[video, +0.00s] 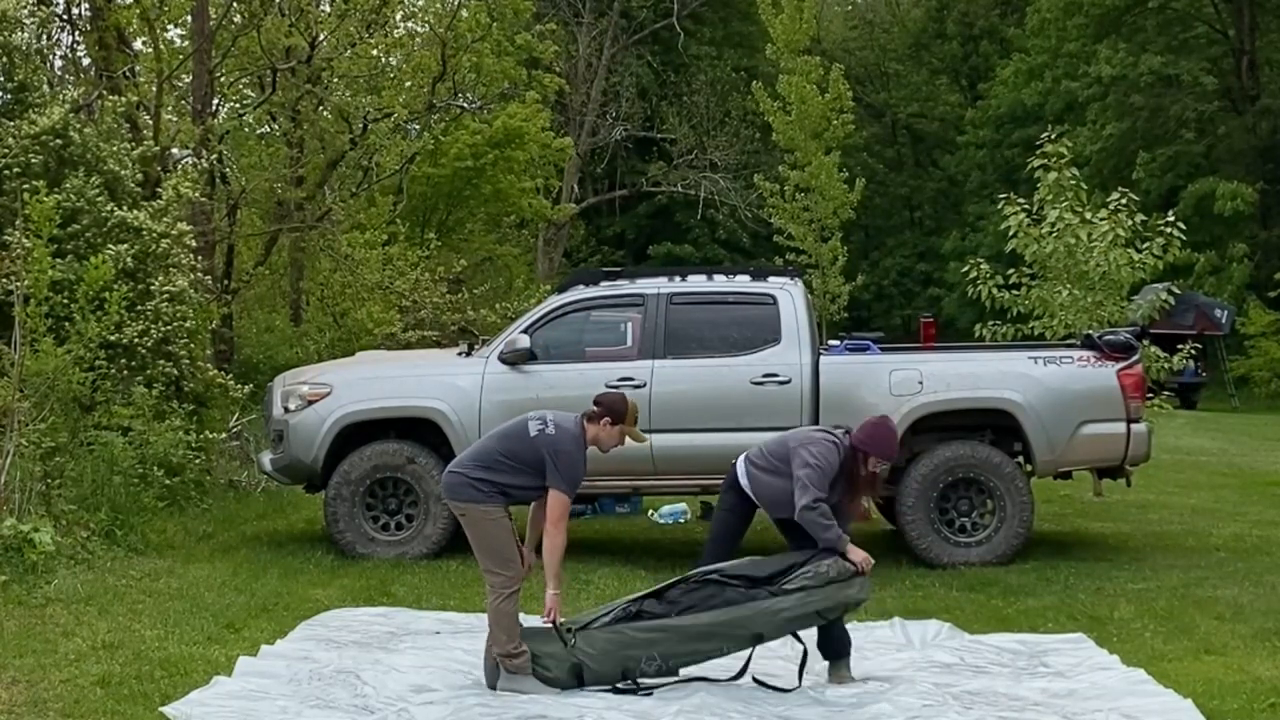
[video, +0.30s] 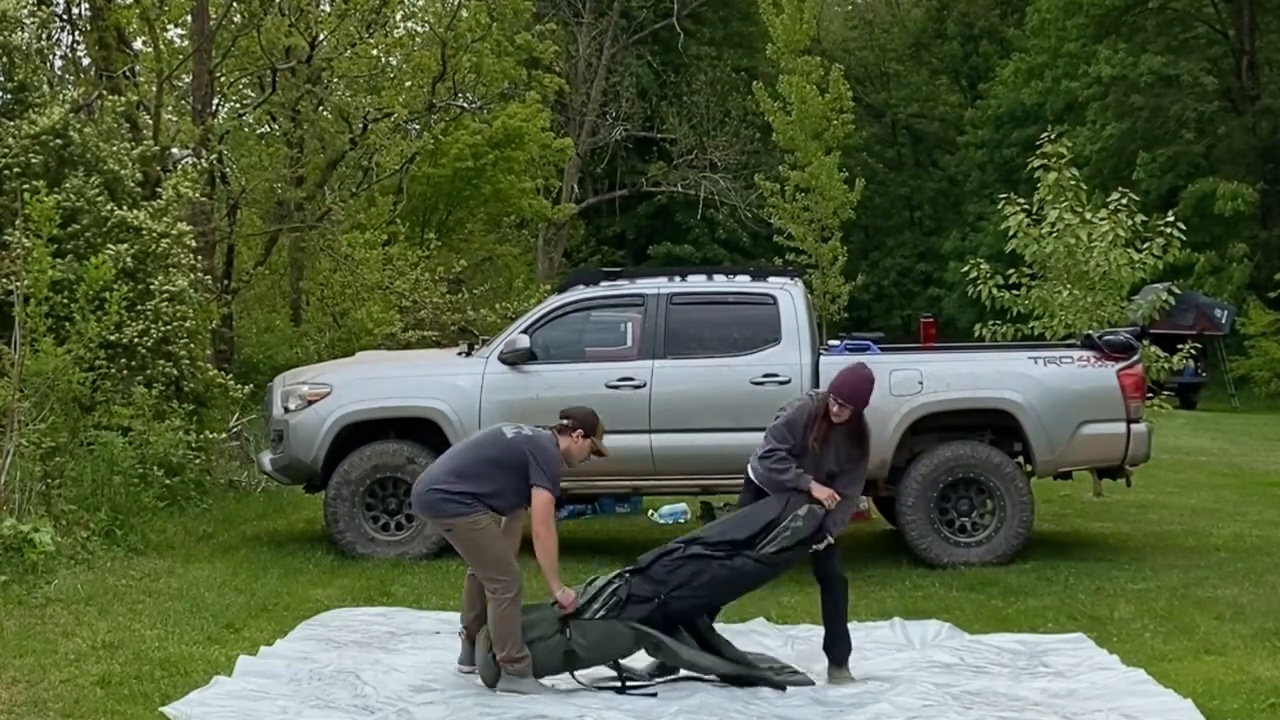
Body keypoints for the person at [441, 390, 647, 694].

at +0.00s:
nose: (622, 442)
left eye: (625, 435)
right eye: (622, 433)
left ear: (601, 421)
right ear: (604, 423)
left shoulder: (566, 431)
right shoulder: (569, 450)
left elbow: (542, 500)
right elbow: (554, 525)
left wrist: (529, 547)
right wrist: (553, 590)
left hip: (476, 486)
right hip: (472, 489)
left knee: (511, 571)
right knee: (506, 576)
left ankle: (498, 661)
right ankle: (513, 670)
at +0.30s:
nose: (589, 456)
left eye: (593, 450)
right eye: (591, 447)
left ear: (568, 431)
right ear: (577, 435)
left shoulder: (531, 441)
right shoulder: (546, 451)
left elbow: (512, 520)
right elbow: (543, 528)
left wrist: (505, 570)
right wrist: (557, 588)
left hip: (434, 494)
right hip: (452, 500)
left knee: (483, 568)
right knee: (505, 580)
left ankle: (472, 653)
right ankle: (514, 673)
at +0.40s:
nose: (555, 430)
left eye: (559, 425)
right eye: (557, 422)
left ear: (535, 409)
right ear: (540, 410)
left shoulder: (494, 426)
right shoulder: (511, 437)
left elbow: (481, 509)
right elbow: (518, 513)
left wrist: (486, 562)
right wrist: (540, 569)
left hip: (409, 497)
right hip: (432, 502)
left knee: (447, 578)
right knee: (478, 584)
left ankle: (404, 657)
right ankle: (513, 673)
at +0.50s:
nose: (518, 416)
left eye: (522, 410)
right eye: (520, 407)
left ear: (495, 394)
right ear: (503, 395)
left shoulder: (450, 407)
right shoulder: (474, 420)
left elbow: (442, 487)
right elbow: (479, 500)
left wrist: (457, 543)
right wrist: (499, 558)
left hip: (370, 484)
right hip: (399, 484)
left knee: (410, 569)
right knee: (460, 552)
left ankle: (398, 665)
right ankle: (469, 649)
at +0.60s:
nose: (501, 404)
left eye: (503, 398)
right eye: (502, 395)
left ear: (474, 383)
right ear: (485, 386)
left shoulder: (433, 398)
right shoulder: (461, 417)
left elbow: (424, 482)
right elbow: (467, 498)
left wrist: (441, 531)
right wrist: (478, 551)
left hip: (357, 484)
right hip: (385, 485)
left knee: (400, 567)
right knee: (443, 553)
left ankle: (397, 665)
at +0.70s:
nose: (488, 406)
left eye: (491, 400)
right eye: (489, 398)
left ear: (461, 385)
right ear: (474, 390)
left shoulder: (422, 400)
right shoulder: (452, 423)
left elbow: (406, 462)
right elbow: (449, 501)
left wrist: (428, 511)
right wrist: (465, 547)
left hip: (348, 493)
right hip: (368, 500)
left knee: (397, 580)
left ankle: (397, 664)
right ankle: (371, 678)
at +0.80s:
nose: (478, 409)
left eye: (481, 403)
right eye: (478, 401)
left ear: (451, 389)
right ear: (458, 391)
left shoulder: (416, 399)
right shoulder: (433, 429)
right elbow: (430, 507)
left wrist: (439, 541)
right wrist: (443, 557)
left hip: (339, 486)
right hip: (354, 497)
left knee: (392, 572)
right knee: (392, 585)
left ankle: (391, 648)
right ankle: (370, 682)